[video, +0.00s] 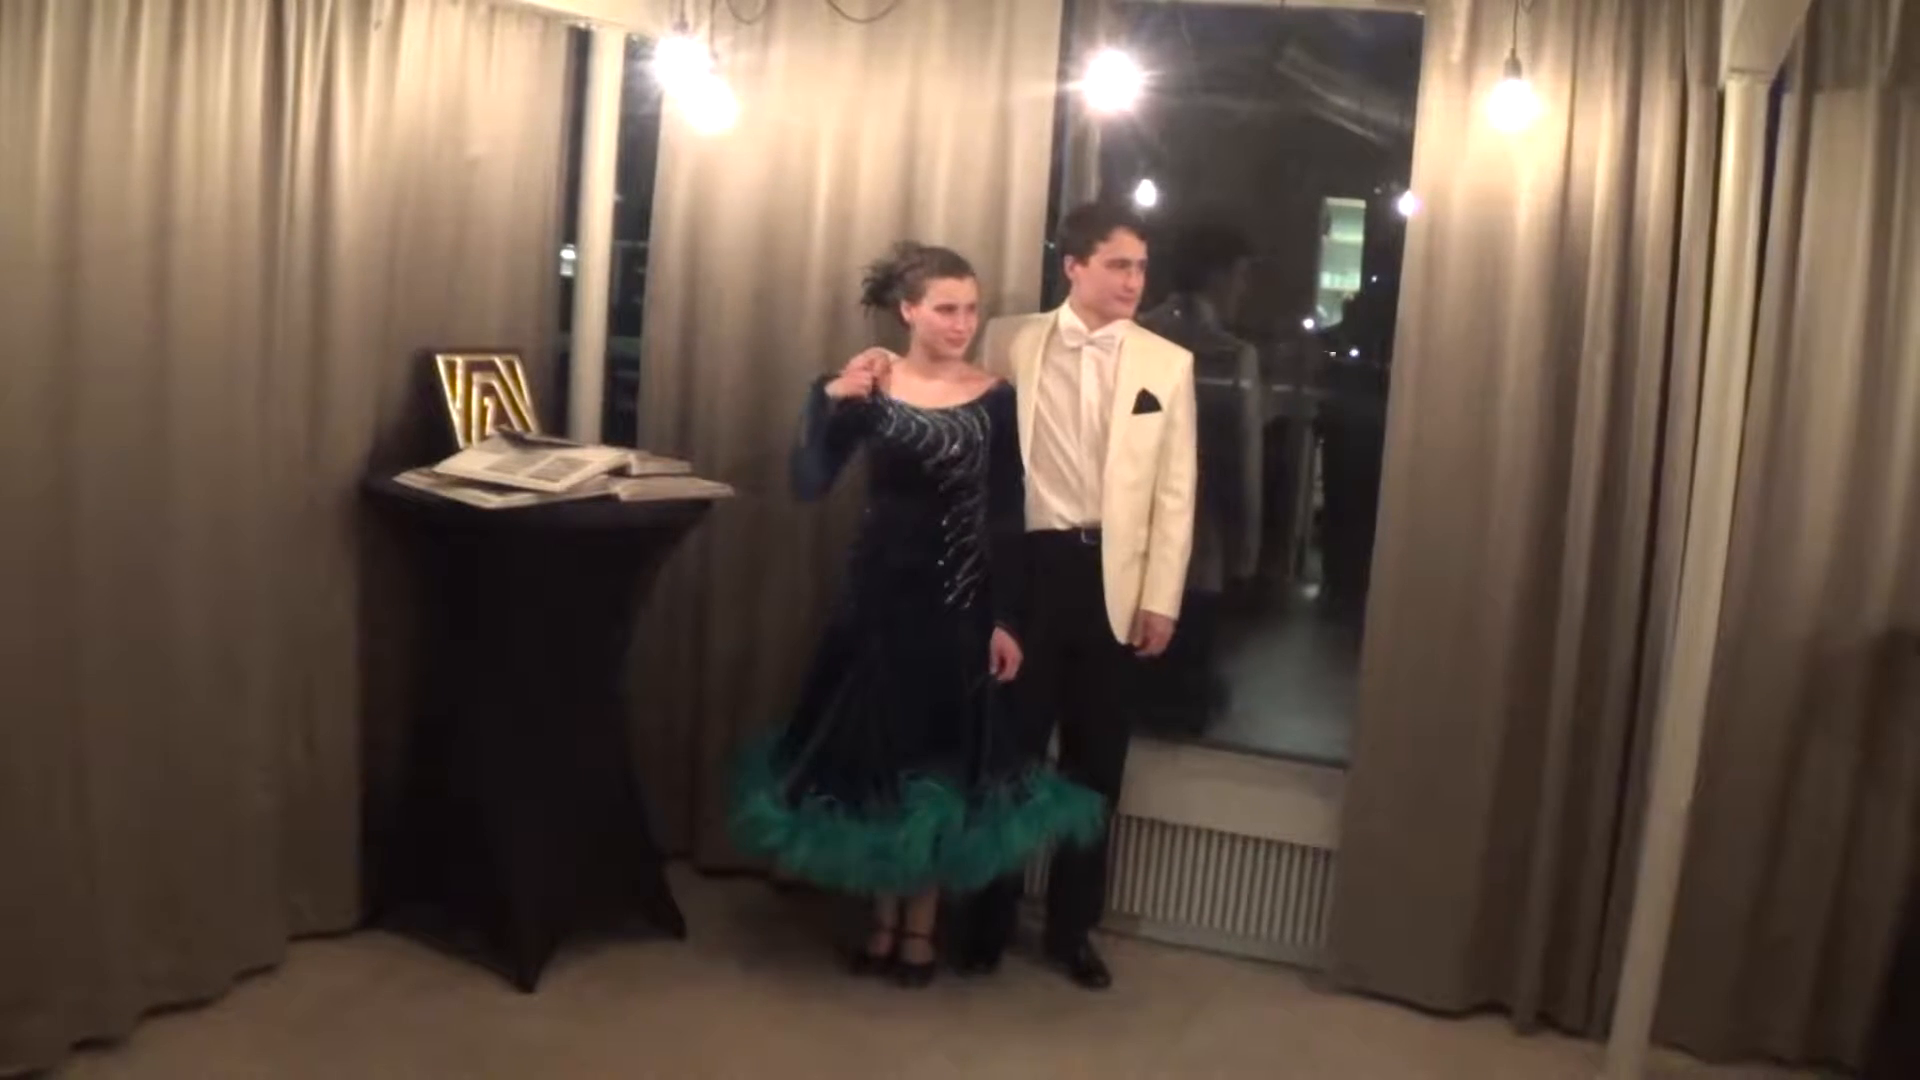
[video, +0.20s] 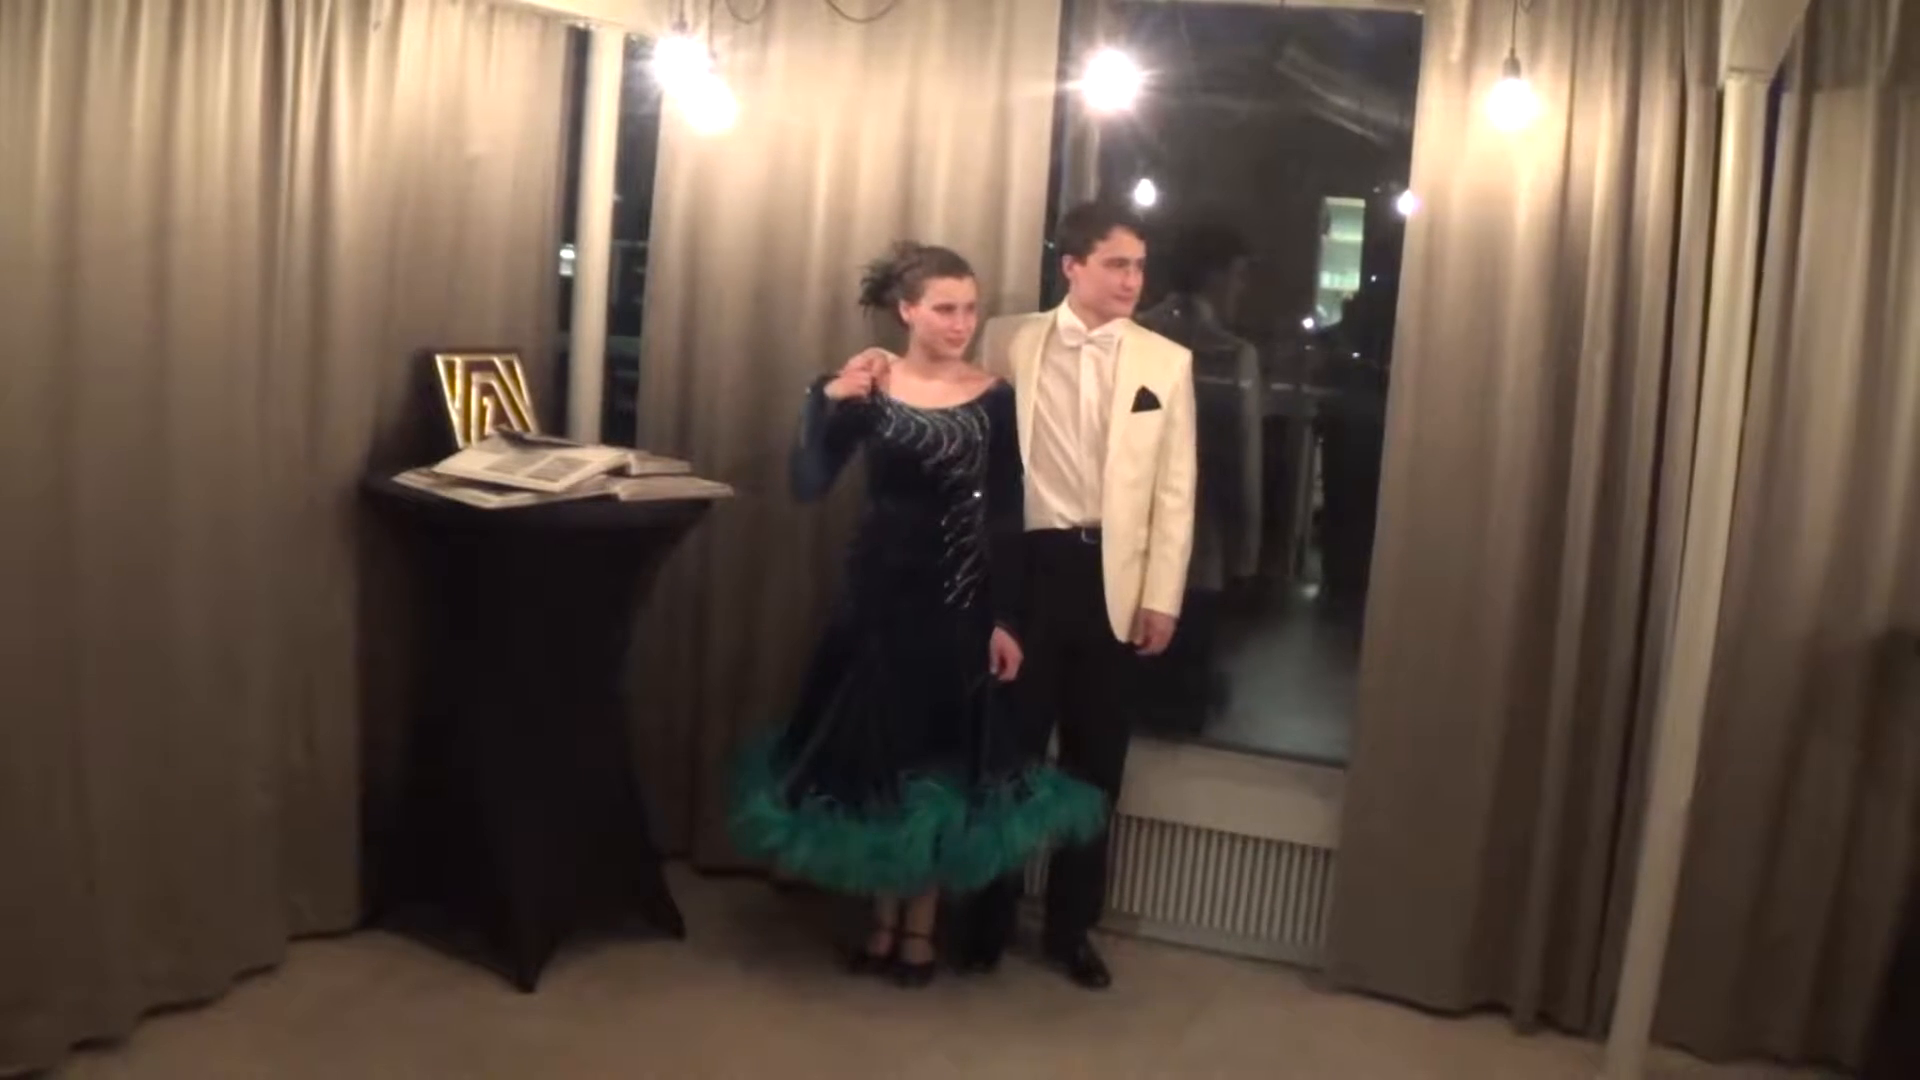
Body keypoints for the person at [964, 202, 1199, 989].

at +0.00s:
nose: (1133, 281)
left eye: (1141, 268)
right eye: (1118, 265)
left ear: (1147, 278)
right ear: (1072, 268)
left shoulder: (1169, 366)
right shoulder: (1011, 342)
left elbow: (1177, 492)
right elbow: (971, 456)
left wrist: (1163, 597)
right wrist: (965, 566)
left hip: (1112, 576)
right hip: (1021, 567)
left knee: (1097, 758)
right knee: (1008, 742)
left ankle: (1073, 928)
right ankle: (982, 922)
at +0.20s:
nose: (1132, 280)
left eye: (1140, 267)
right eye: (1117, 264)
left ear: (1145, 276)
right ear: (1070, 268)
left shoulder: (1167, 363)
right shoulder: (1011, 342)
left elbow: (1176, 490)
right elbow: (971, 456)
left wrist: (1163, 596)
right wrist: (963, 565)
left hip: (1111, 575)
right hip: (1020, 566)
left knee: (1097, 758)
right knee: (1007, 742)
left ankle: (1072, 928)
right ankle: (982, 922)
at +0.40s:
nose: (1129, 279)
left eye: (1138, 266)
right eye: (1114, 263)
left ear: (1144, 276)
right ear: (1069, 266)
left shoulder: (1165, 363)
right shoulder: (1009, 342)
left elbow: (1176, 490)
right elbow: (969, 452)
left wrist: (1163, 595)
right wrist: (965, 569)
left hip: (1111, 573)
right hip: (1021, 565)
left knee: (1096, 754)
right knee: (1008, 740)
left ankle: (1071, 926)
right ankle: (984, 919)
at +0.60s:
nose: (1129, 278)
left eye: (1138, 266)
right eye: (1114, 262)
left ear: (1144, 275)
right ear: (1069, 265)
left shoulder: (1165, 363)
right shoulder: (1008, 342)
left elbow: (1176, 490)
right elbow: (969, 455)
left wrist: (1162, 595)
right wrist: (965, 569)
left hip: (1111, 573)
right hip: (1020, 565)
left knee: (1096, 753)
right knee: (1007, 739)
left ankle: (1071, 925)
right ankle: (983, 917)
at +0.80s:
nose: (1129, 277)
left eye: (1138, 265)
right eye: (1114, 261)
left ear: (1144, 275)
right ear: (1069, 264)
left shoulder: (1166, 362)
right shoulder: (1009, 341)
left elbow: (1178, 490)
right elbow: (969, 454)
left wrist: (1164, 594)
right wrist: (964, 568)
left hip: (1112, 572)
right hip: (1020, 565)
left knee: (1096, 753)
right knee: (1008, 739)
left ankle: (1070, 926)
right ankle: (982, 918)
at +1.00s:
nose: (1129, 277)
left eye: (1138, 265)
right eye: (1114, 261)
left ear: (1145, 275)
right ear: (1069, 263)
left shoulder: (1167, 362)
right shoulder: (1009, 342)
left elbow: (1179, 489)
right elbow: (971, 458)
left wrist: (1169, 592)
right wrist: (966, 568)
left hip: (1114, 575)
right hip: (1021, 566)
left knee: (1096, 755)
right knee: (1008, 741)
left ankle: (1072, 926)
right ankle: (982, 919)